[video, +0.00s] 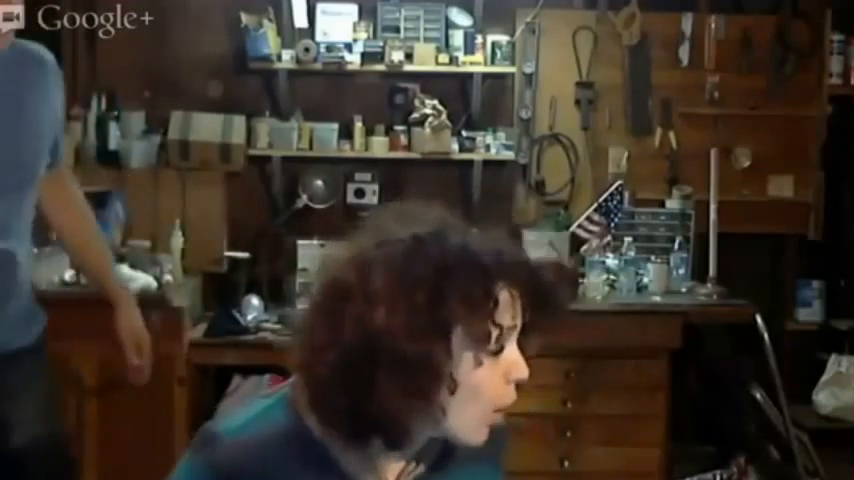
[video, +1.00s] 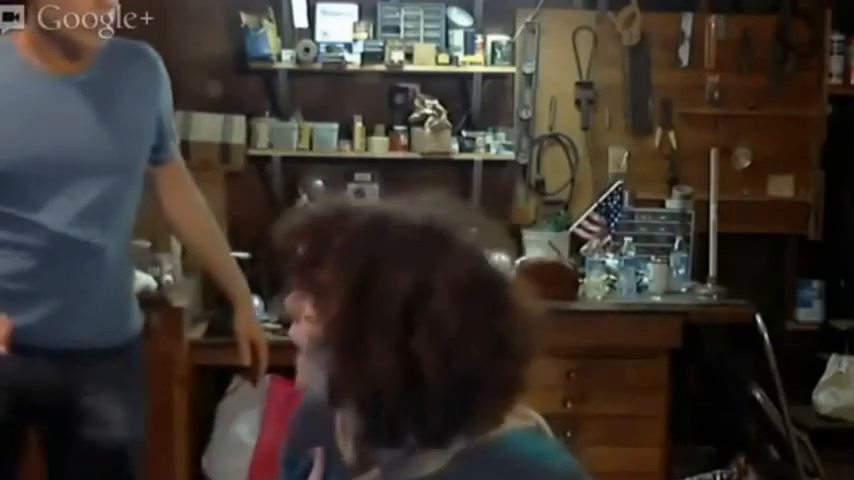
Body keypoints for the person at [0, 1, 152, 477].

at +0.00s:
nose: (12, 17)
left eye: (15, 10)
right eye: (5, 10)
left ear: (21, 14)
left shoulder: (34, 71)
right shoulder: (31, 73)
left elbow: (53, 177)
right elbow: (54, 180)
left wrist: (120, 294)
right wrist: (119, 295)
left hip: (16, 342)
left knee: (39, 468)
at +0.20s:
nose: (22, 9)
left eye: (30, 1)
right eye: (12, 1)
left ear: (41, 6)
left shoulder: (57, 71)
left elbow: (77, 175)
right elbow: (77, 178)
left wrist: (145, 296)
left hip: (33, 345)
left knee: (60, 469)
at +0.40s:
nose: (68, 6)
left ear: (88, 3)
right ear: (16, 3)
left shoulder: (103, 66)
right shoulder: (5, 67)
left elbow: (131, 181)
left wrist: (203, 300)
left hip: (81, 343)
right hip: (8, 344)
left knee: (89, 469)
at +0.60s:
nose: (93, 7)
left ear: (108, 3)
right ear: (28, 1)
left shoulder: (126, 66)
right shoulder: (5, 65)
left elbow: (159, 186)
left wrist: (229, 295)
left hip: (103, 348)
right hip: (14, 349)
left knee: (102, 470)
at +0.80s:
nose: (95, 7)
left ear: (111, 2)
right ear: (31, 2)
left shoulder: (130, 67)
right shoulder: (6, 65)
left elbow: (166, 185)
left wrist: (234, 295)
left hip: (104, 350)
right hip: (15, 351)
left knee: (103, 471)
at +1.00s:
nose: (110, 8)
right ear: (38, 3)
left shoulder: (140, 69)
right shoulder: (6, 66)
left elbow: (175, 184)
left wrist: (241, 297)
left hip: (108, 350)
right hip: (14, 350)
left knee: (107, 471)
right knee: (8, 469)